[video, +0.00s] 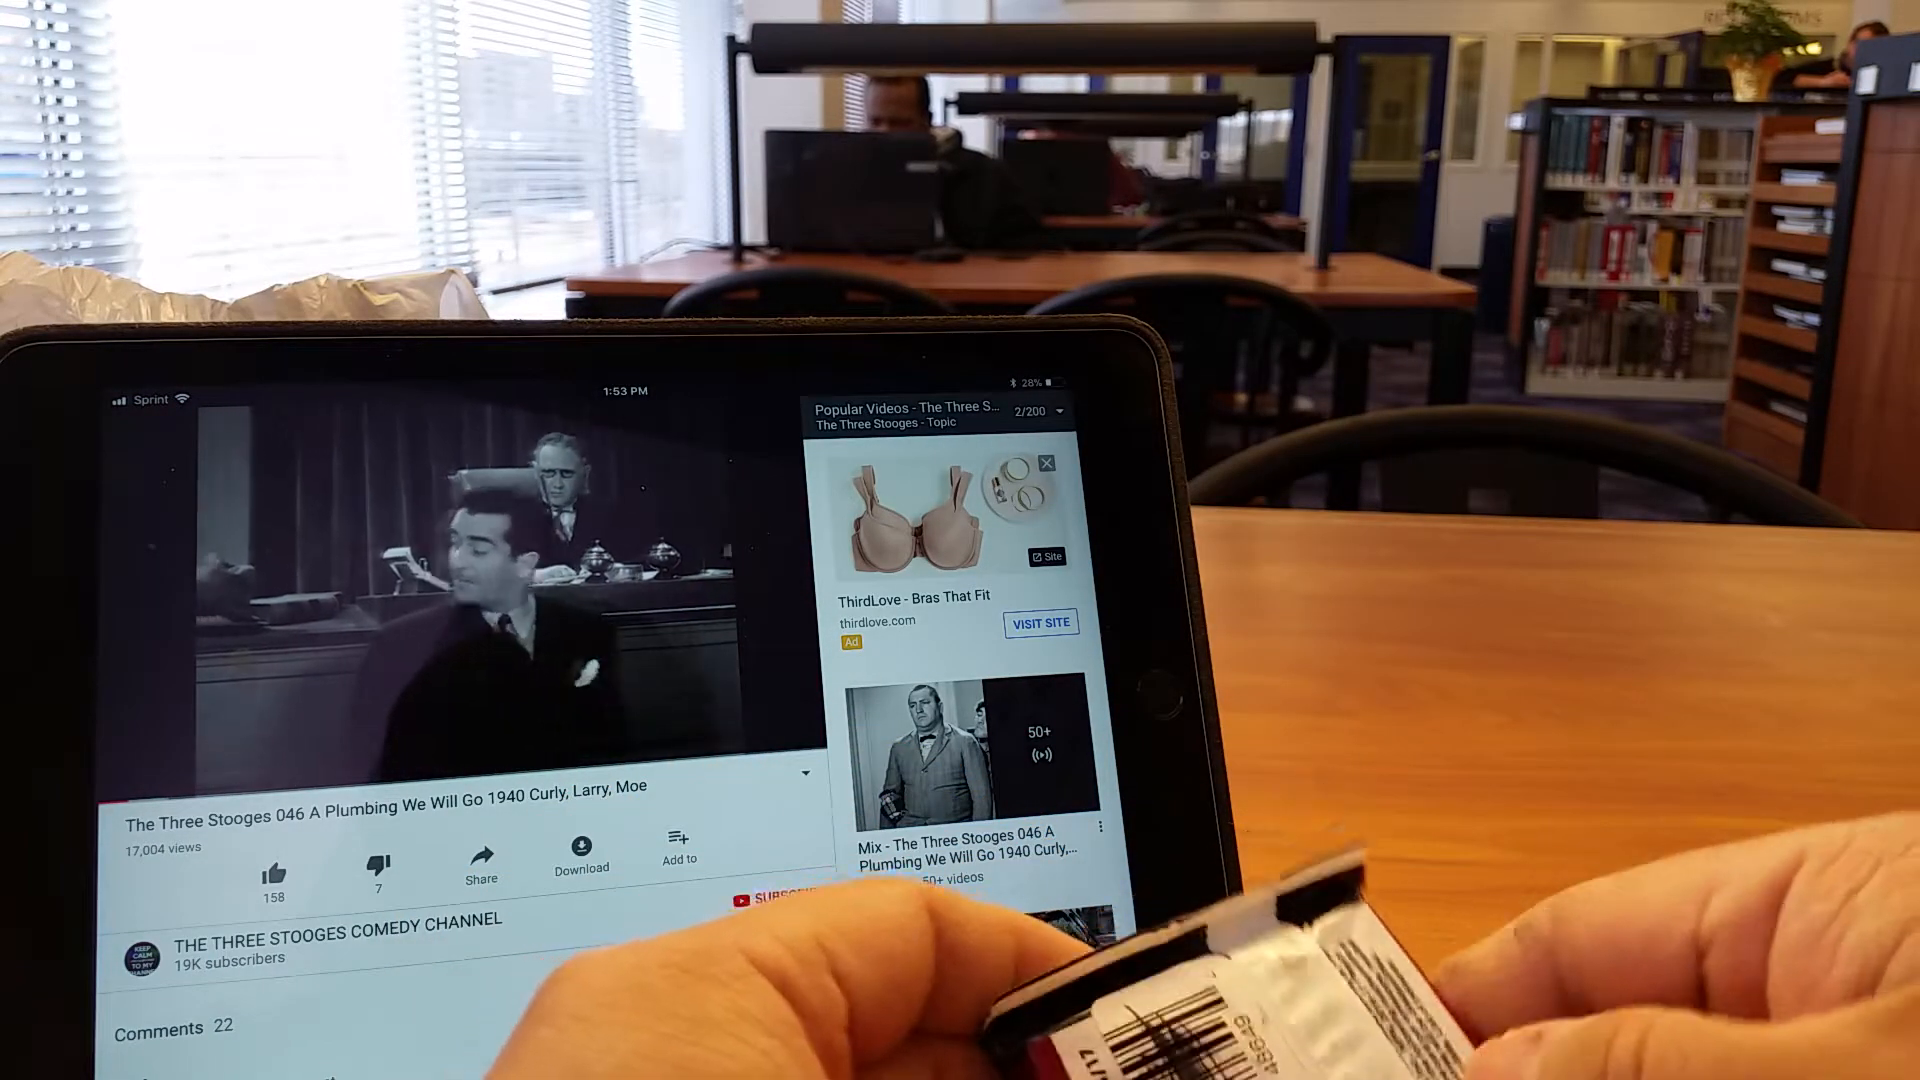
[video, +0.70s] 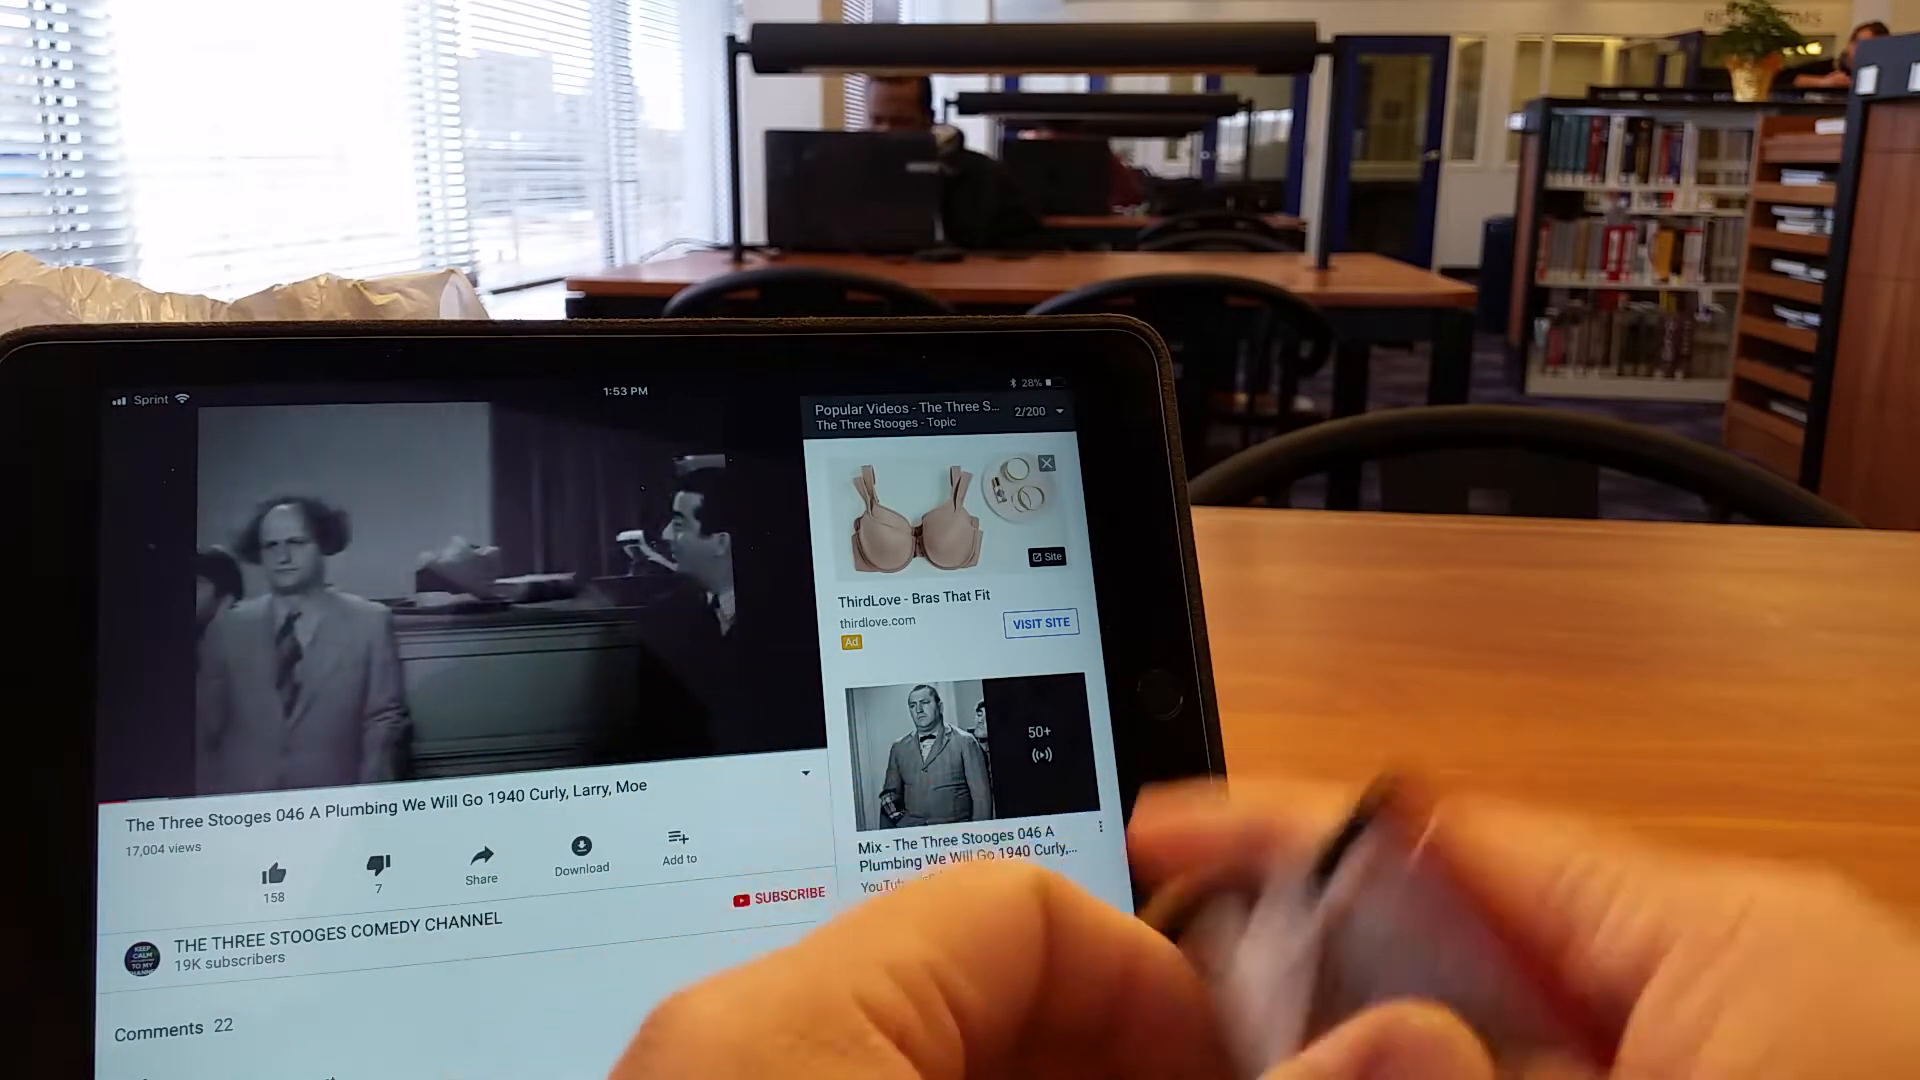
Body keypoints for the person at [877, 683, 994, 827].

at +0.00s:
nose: (919, 710)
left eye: (925, 703)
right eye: (913, 705)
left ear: (939, 707)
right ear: (909, 711)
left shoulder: (964, 742)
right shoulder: (899, 748)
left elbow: (981, 795)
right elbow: (890, 796)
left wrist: (979, 835)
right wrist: (886, 838)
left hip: (955, 831)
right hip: (910, 835)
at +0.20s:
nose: (919, 710)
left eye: (925, 703)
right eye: (913, 705)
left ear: (939, 707)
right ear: (909, 711)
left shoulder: (964, 742)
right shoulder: (899, 748)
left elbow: (981, 795)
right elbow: (890, 796)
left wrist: (979, 835)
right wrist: (886, 838)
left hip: (955, 831)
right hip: (910, 835)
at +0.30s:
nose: (919, 710)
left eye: (925, 703)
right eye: (913, 705)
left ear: (940, 707)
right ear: (910, 711)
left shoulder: (965, 743)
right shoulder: (899, 749)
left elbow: (982, 796)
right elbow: (890, 795)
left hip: (956, 821)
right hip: (914, 824)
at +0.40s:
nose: (918, 709)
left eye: (925, 703)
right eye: (913, 705)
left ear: (939, 707)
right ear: (909, 711)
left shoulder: (964, 742)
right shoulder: (899, 749)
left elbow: (980, 794)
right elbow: (891, 794)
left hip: (956, 821)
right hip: (915, 825)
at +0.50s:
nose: (919, 710)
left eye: (925, 703)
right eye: (913, 705)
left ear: (939, 707)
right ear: (909, 711)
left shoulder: (964, 742)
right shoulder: (899, 748)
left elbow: (981, 794)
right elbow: (890, 793)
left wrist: (979, 834)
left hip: (956, 832)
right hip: (910, 835)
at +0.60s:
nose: (919, 710)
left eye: (925, 703)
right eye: (913, 706)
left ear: (940, 707)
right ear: (910, 712)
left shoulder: (964, 742)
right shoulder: (899, 749)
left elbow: (981, 796)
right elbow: (892, 797)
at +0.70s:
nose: (919, 709)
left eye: (925, 703)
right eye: (913, 705)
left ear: (939, 707)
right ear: (909, 711)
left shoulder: (964, 742)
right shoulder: (899, 748)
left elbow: (981, 795)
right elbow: (891, 791)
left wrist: (979, 835)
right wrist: (889, 801)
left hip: (955, 831)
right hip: (911, 834)